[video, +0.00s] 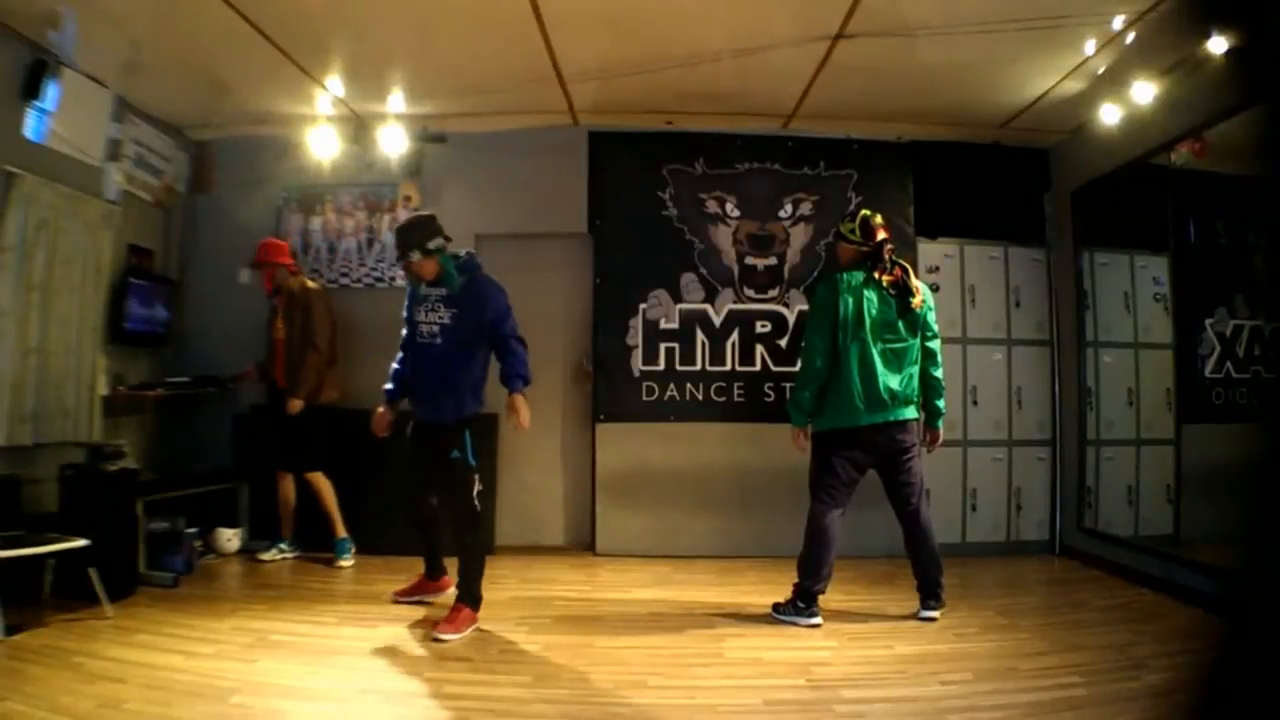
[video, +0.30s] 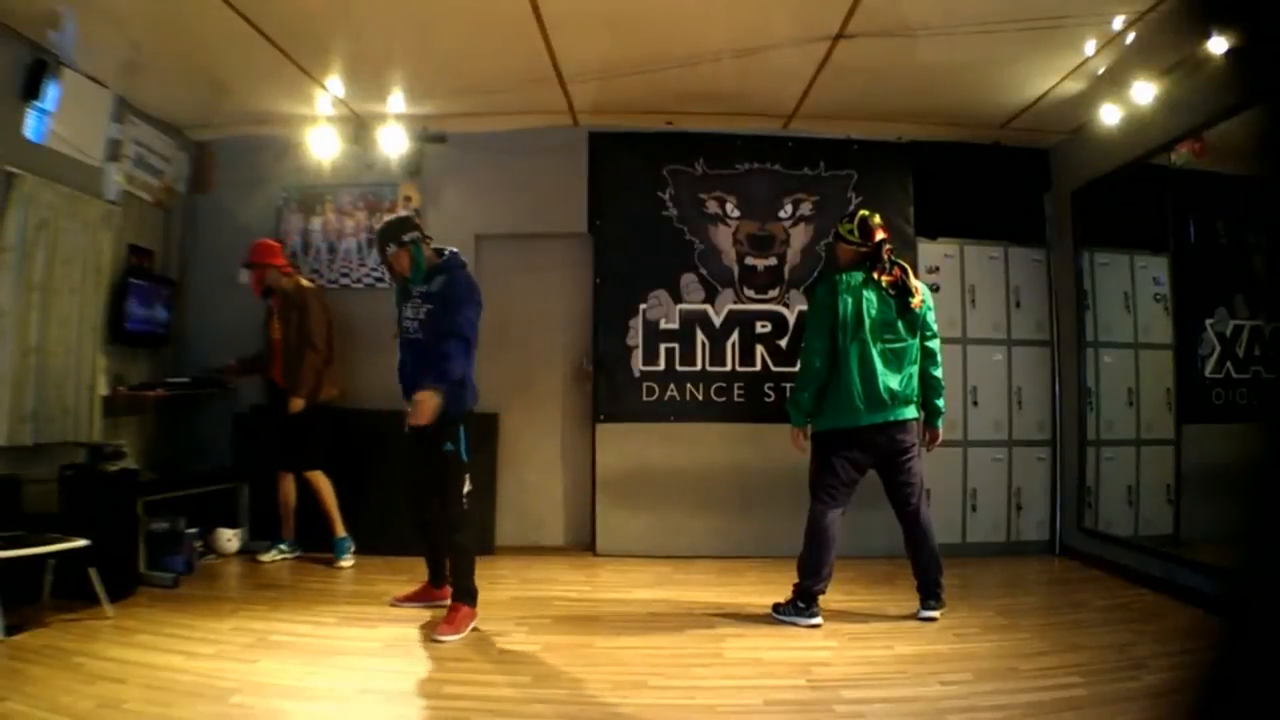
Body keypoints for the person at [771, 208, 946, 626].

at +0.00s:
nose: (834, 248)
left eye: (840, 243)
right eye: (837, 241)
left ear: (857, 248)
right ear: (880, 247)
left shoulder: (833, 287)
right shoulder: (915, 290)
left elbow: (816, 356)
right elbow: (932, 358)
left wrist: (800, 411)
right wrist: (934, 415)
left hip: (844, 419)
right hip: (900, 420)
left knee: (827, 506)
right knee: (914, 508)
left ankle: (806, 600)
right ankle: (931, 598)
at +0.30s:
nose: (834, 250)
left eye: (839, 244)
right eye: (836, 242)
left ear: (856, 248)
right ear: (879, 247)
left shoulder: (832, 288)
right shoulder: (914, 290)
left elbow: (815, 357)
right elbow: (931, 357)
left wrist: (799, 411)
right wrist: (933, 413)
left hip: (843, 420)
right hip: (899, 419)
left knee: (827, 506)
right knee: (914, 507)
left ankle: (806, 600)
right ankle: (931, 598)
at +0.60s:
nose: (833, 250)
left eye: (838, 244)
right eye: (835, 243)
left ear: (854, 249)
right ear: (878, 248)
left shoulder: (831, 289)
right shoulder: (914, 289)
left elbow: (814, 358)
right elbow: (931, 356)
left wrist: (799, 412)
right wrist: (934, 411)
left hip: (844, 420)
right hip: (899, 419)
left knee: (827, 506)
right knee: (914, 508)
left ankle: (806, 600)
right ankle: (931, 598)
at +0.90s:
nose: (834, 250)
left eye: (839, 244)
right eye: (837, 243)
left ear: (852, 248)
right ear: (880, 246)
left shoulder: (830, 290)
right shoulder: (914, 290)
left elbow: (813, 358)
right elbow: (931, 357)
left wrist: (798, 412)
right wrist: (935, 411)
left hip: (844, 420)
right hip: (899, 420)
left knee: (827, 506)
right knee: (914, 508)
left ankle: (806, 600)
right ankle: (931, 598)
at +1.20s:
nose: (836, 250)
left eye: (840, 244)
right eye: (838, 243)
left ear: (851, 249)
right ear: (880, 246)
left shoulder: (829, 291)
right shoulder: (914, 290)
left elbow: (811, 357)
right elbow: (933, 356)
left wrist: (794, 409)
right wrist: (938, 411)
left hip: (843, 422)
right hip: (899, 421)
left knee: (826, 506)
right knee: (914, 508)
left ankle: (806, 600)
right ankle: (931, 598)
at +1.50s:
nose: (834, 250)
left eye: (838, 245)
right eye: (837, 243)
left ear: (851, 249)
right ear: (879, 246)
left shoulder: (830, 287)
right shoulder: (910, 285)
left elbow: (783, 325)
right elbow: (954, 321)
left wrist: (722, 332)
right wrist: (998, 331)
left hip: (841, 421)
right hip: (897, 419)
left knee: (827, 505)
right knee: (913, 507)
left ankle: (807, 600)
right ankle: (931, 597)